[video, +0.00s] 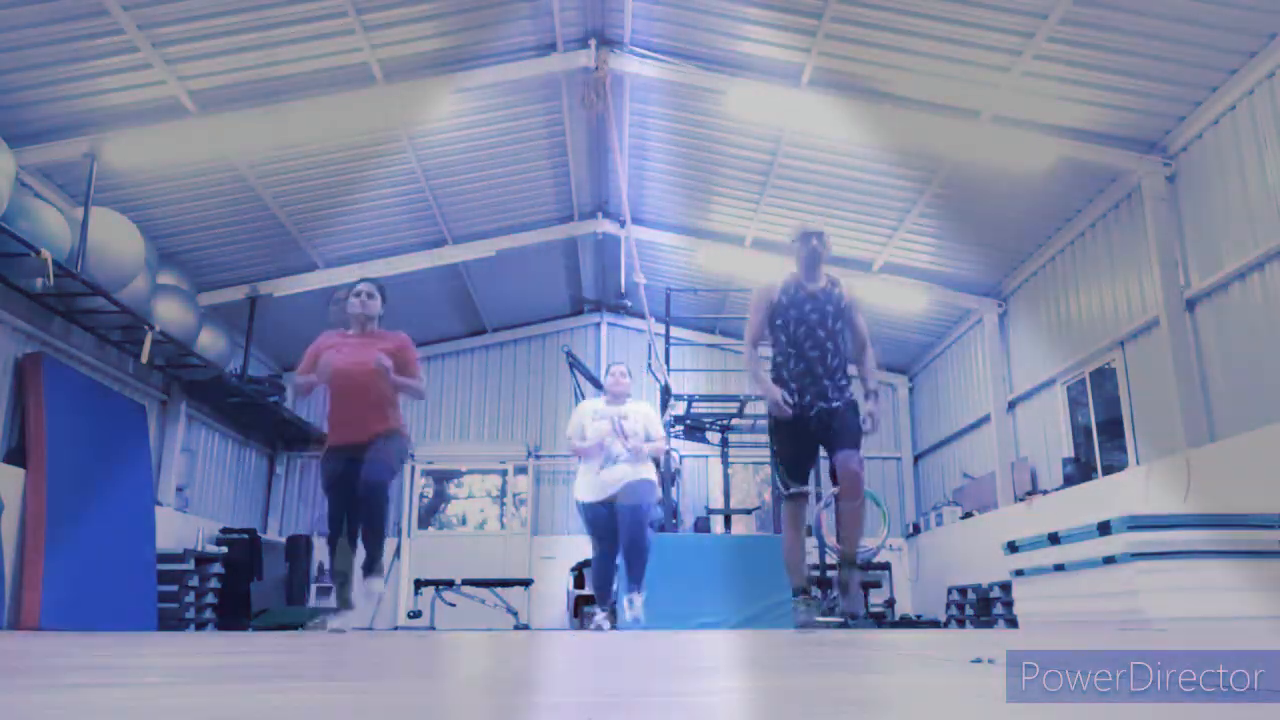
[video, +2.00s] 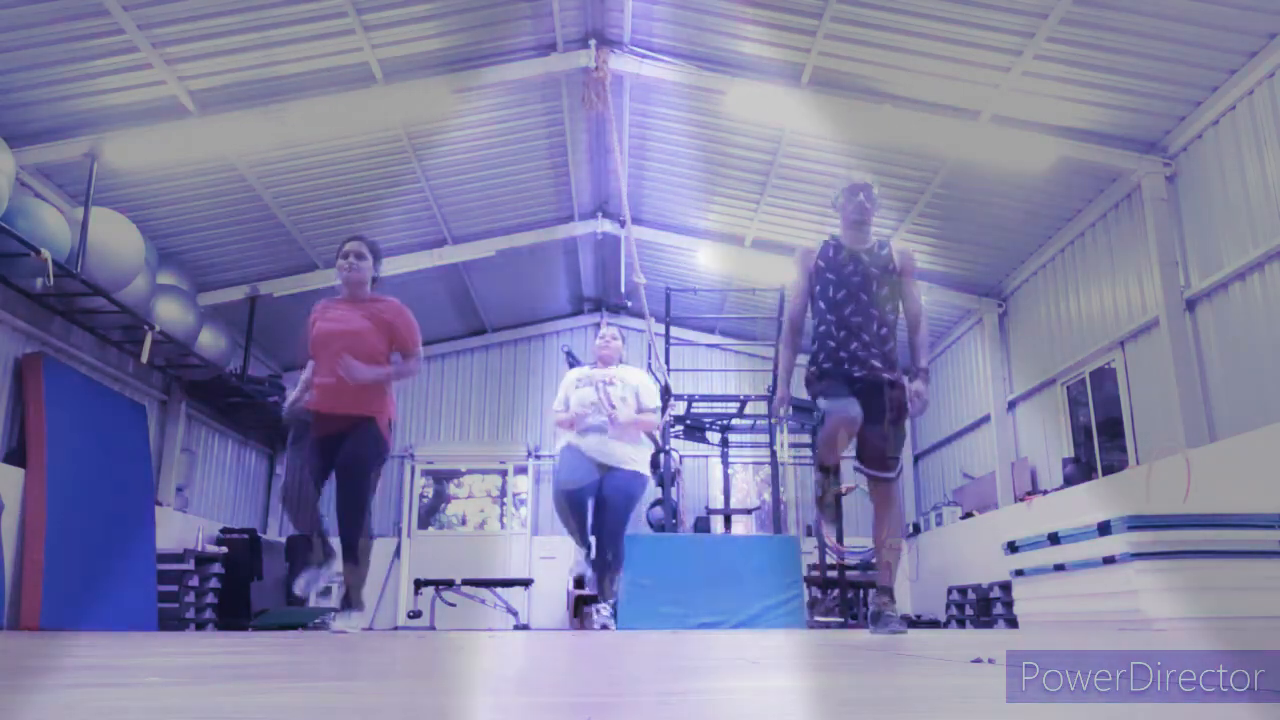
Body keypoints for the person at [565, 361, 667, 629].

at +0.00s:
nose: (618, 379)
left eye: (624, 375)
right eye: (613, 375)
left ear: (631, 383)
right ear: (604, 382)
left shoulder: (644, 410)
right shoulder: (586, 408)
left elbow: (662, 445)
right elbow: (572, 446)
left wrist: (642, 448)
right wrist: (595, 443)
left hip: (635, 481)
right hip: (594, 484)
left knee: (634, 538)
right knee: (604, 548)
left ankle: (635, 594)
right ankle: (602, 609)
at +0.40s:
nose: (619, 378)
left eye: (624, 373)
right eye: (615, 373)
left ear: (634, 378)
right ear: (609, 379)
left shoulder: (650, 407)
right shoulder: (593, 404)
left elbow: (666, 445)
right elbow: (577, 441)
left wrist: (645, 447)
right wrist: (595, 443)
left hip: (637, 483)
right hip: (596, 479)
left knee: (629, 549)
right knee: (590, 519)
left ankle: (628, 607)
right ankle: (596, 565)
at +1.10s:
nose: (611, 374)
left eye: (616, 369)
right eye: (605, 369)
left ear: (623, 373)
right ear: (595, 373)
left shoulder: (636, 401)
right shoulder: (577, 398)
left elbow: (654, 441)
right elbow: (563, 437)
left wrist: (634, 436)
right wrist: (591, 428)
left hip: (632, 479)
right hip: (588, 480)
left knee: (638, 534)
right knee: (596, 543)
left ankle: (616, 570)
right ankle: (596, 606)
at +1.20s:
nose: (609, 371)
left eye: (614, 367)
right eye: (604, 366)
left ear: (622, 368)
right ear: (593, 368)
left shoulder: (634, 395)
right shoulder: (574, 393)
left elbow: (653, 435)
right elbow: (560, 432)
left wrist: (635, 433)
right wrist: (588, 430)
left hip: (627, 461)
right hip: (584, 468)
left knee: (641, 495)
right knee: (597, 541)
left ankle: (623, 549)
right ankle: (595, 604)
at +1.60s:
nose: (607, 361)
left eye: (613, 357)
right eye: (602, 356)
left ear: (621, 365)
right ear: (591, 363)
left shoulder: (633, 393)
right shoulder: (572, 391)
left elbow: (653, 435)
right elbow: (555, 432)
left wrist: (634, 436)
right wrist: (580, 434)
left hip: (625, 472)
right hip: (582, 477)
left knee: (616, 517)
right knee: (592, 545)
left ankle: (620, 576)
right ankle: (598, 608)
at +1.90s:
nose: (607, 347)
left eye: (614, 343)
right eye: (602, 342)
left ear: (624, 353)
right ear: (594, 351)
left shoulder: (640, 385)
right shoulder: (576, 382)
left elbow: (655, 425)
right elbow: (558, 421)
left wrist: (629, 419)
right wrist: (578, 419)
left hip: (625, 471)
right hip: (578, 471)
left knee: (613, 537)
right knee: (577, 531)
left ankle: (609, 607)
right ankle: (586, 571)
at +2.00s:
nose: (605, 341)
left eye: (612, 338)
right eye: (601, 337)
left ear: (622, 348)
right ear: (593, 345)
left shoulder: (639, 377)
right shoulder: (574, 376)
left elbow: (654, 420)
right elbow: (557, 417)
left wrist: (628, 419)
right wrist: (572, 417)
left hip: (626, 457)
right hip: (580, 449)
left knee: (610, 531)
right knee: (567, 487)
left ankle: (605, 604)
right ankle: (581, 547)